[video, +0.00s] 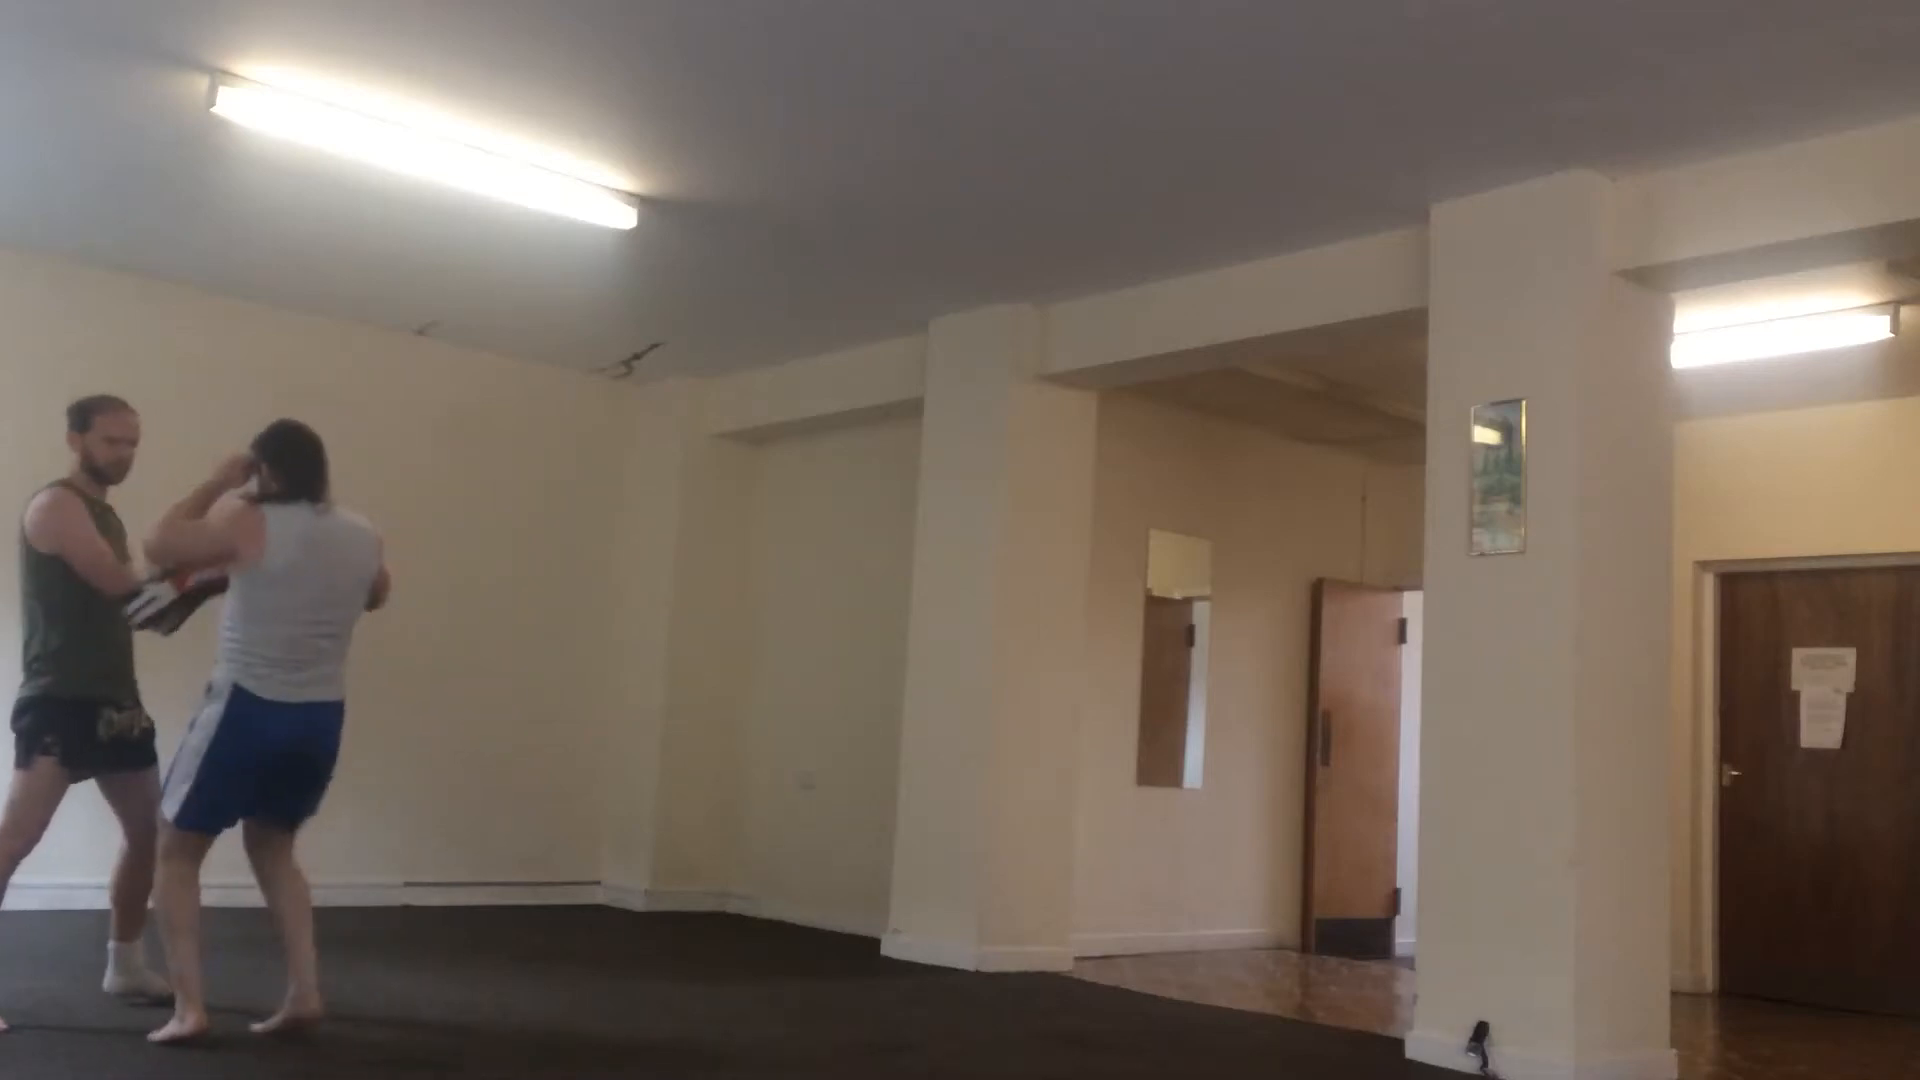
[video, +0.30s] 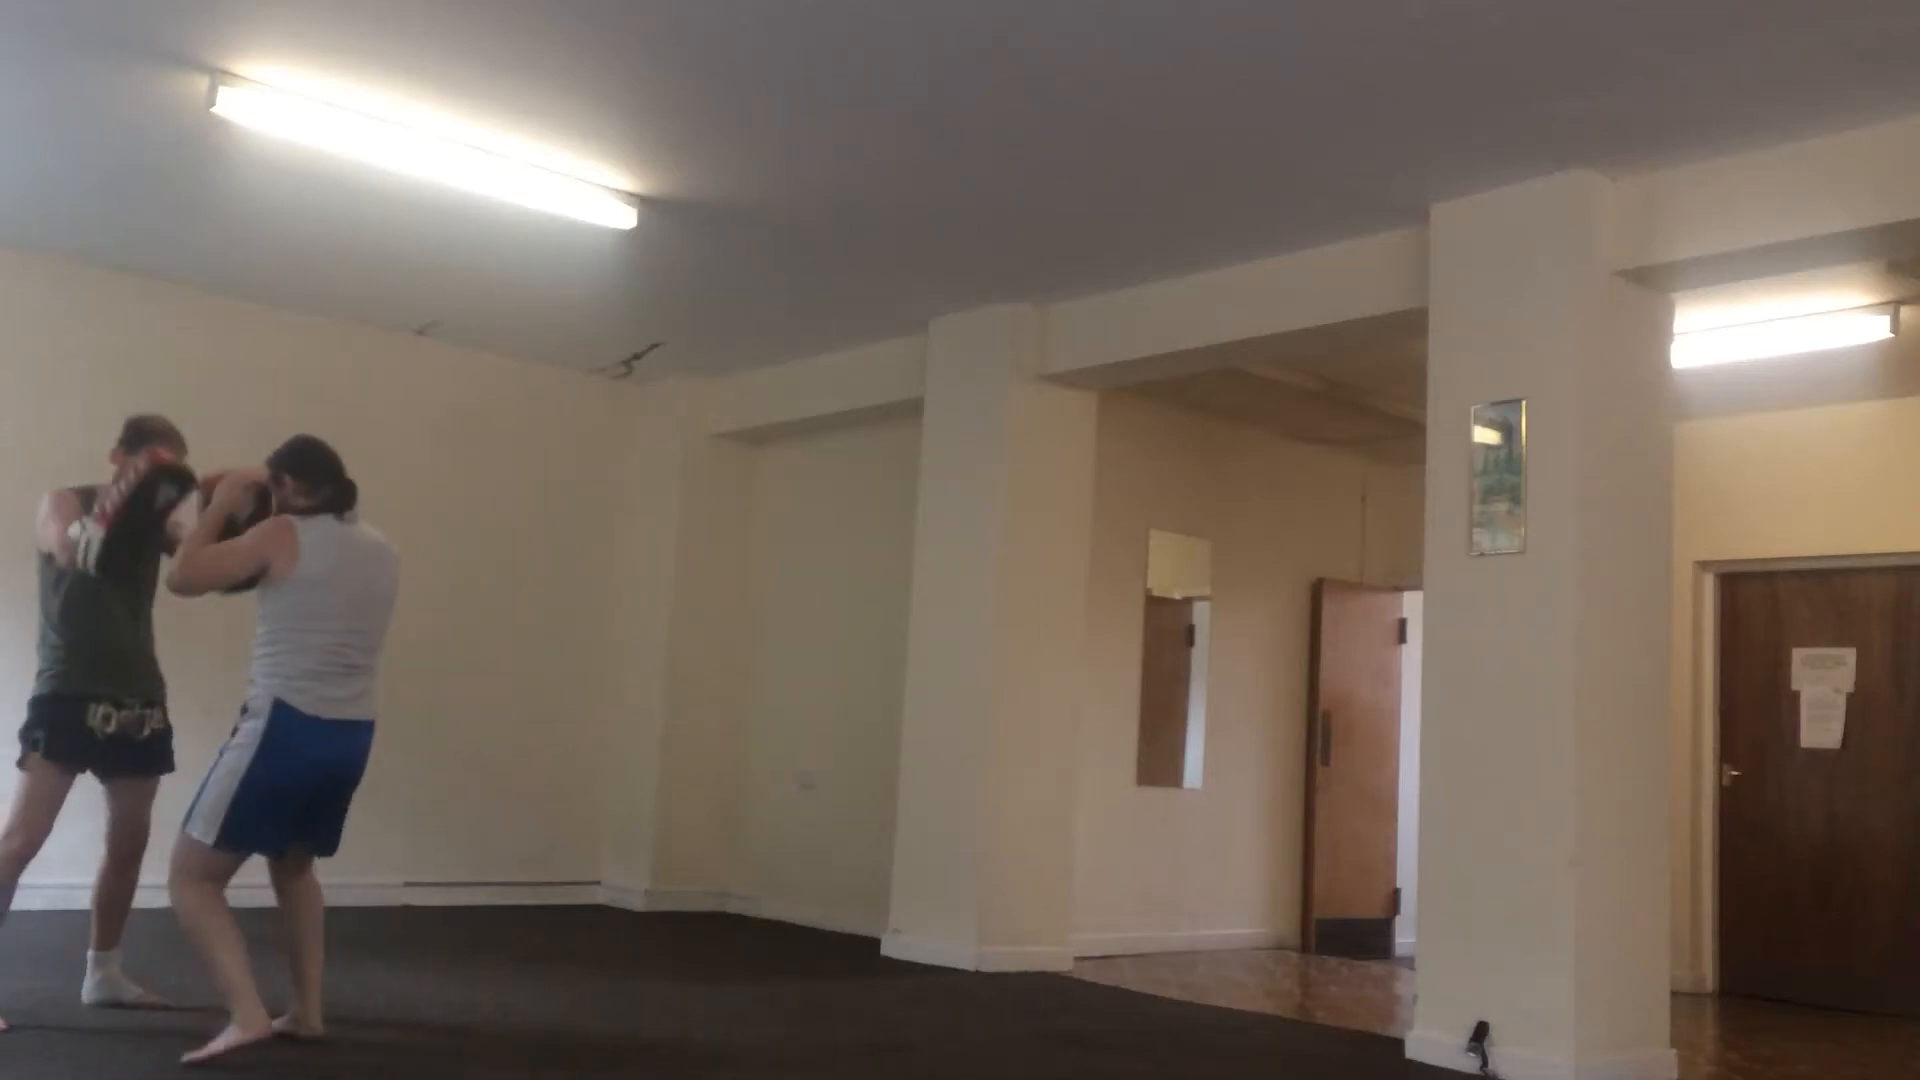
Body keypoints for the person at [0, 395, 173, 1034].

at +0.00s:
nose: (126, 454)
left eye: (132, 444)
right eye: (114, 442)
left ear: (134, 447)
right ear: (77, 441)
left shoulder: (106, 517)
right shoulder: (54, 506)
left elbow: (125, 606)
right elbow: (113, 581)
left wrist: (188, 587)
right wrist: (165, 571)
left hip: (113, 701)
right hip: (59, 702)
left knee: (146, 834)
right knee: (15, 840)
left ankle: (125, 966)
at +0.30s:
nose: (157, 483)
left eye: (168, 476)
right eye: (151, 470)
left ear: (169, 477)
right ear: (118, 459)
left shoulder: (156, 518)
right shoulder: (65, 501)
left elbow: (194, 539)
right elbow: (69, 550)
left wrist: (205, 493)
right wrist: (112, 506)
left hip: (137, 699)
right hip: (67, 695)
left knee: (128, 843)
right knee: (20, 841)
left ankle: (103, 971)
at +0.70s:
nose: (185, 478)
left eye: (196, 469)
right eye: (176, 466)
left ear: (206, 469)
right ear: (152, 457)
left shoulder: (207, 524)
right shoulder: (120, 510)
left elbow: (276, 577)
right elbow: (56, 547)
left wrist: (257, 509)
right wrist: (91, 467)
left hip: (165, 698)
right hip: (95, 687)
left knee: (138, 843)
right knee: (79, 826)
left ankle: (103, 974)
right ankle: (37, 978)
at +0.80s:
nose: (191, 477)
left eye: (203, 469)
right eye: (183, 464)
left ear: (213, 472)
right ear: (156, 457)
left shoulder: (215, 539)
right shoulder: (119, 517)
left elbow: (272, 625)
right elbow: (47, 574)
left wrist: (263, 568)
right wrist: (74, 512)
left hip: (169, 703)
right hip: (100, 691)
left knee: (139, 845)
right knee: (91, 826)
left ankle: (102, 973)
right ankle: (62, 981)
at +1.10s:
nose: (256, 488)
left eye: (266, 479)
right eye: (247, 473)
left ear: (270, 486)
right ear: (214, 468)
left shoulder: (236, 547)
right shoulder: (160, 516)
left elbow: (201, 624)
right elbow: (69, 527)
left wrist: (234, 658)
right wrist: (30, 519)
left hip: (180, 718)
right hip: (119, 709)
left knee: (142, 856)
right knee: (109, 849)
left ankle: (103, 967)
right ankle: (72, 1004)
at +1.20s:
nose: (266, 479)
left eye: (272, 469)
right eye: (257, 465)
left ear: (266, 474)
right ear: (225, 461)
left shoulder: (227, 540)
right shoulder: (186, 509)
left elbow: (193, 615)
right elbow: (150, 498)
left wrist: (226, 650)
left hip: (171, 712)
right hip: (115, 705)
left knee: (155, 849)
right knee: (121, 850)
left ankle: (111, 954)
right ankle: (77, 1013)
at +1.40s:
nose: (250, 467)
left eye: (254, 453)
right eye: (241, 450)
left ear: (239, 451)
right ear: (202, 441)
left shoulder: (219, 512)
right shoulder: (158, 499)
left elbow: (199, 587)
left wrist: (236, 615)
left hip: (180, 699)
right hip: (121, 698)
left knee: (160, 836)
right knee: (116, 850)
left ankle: (101, 939)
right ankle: (75, 1017)